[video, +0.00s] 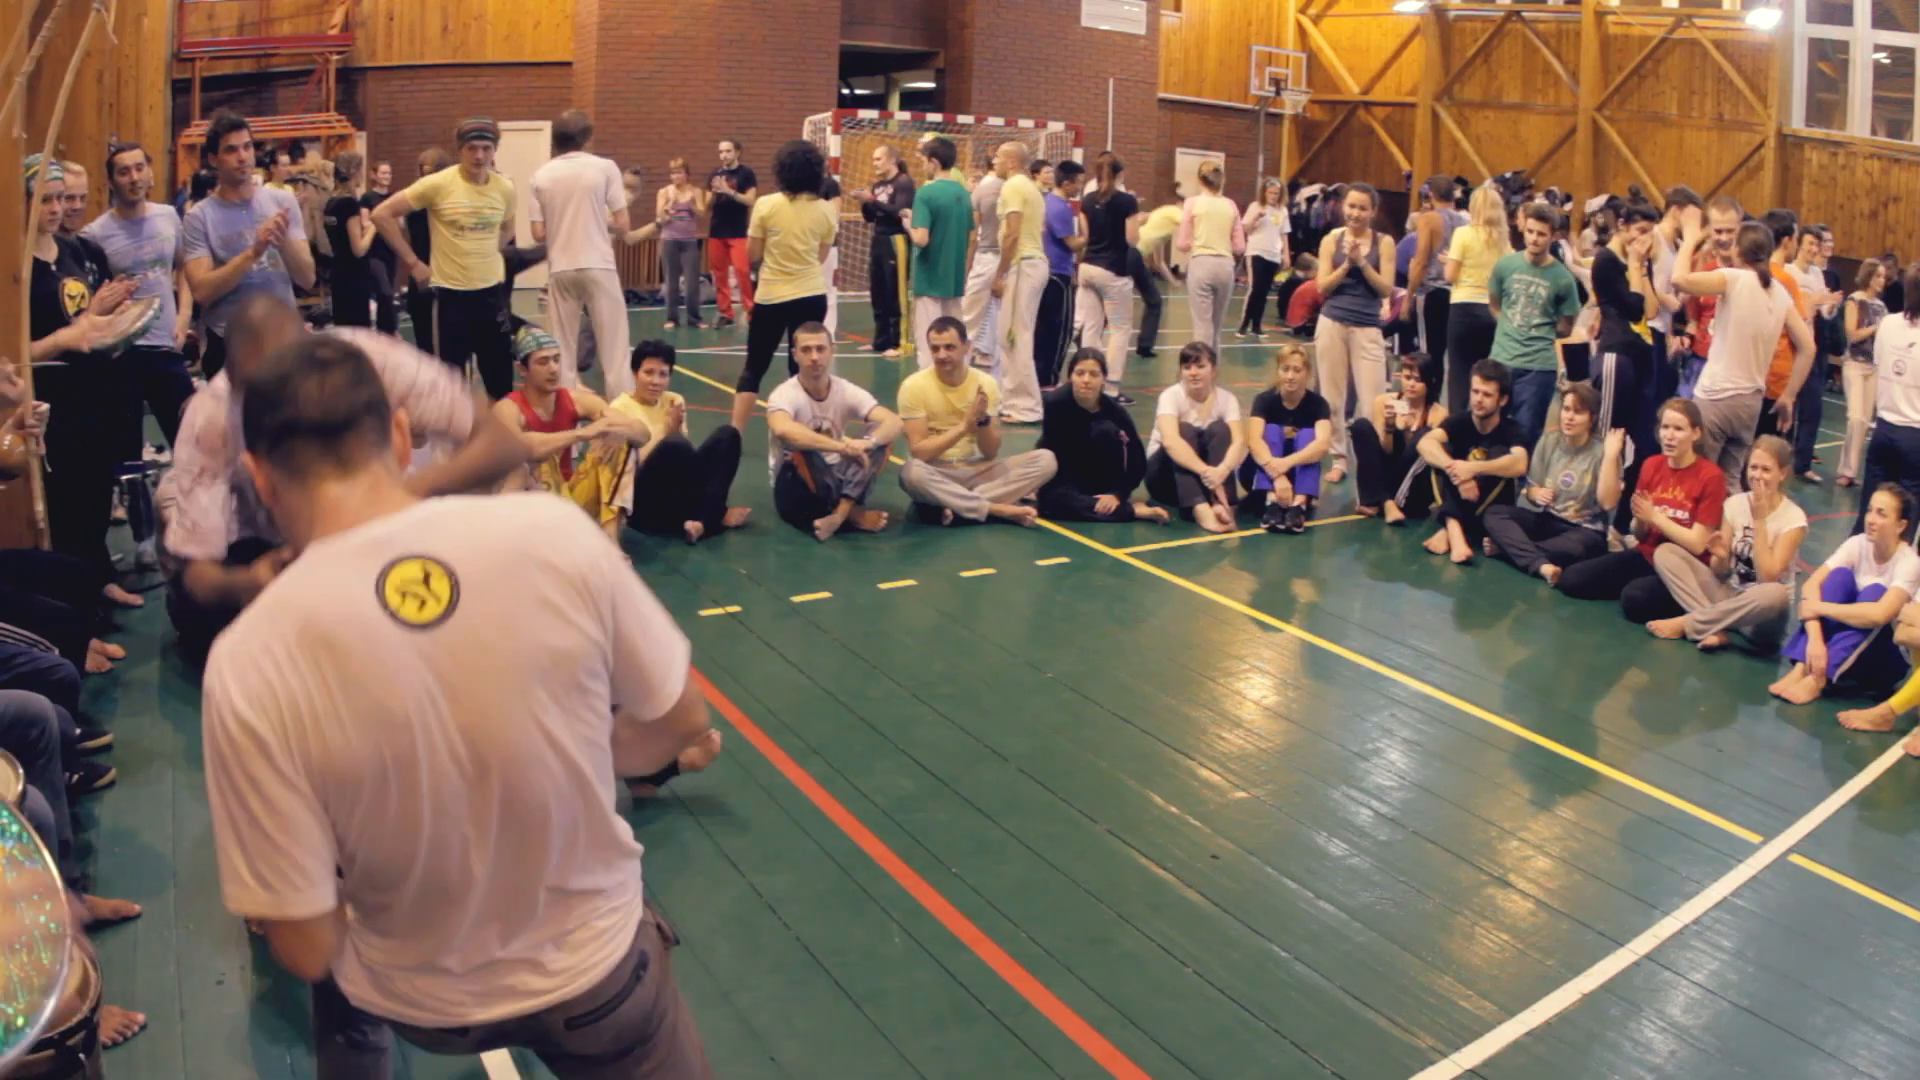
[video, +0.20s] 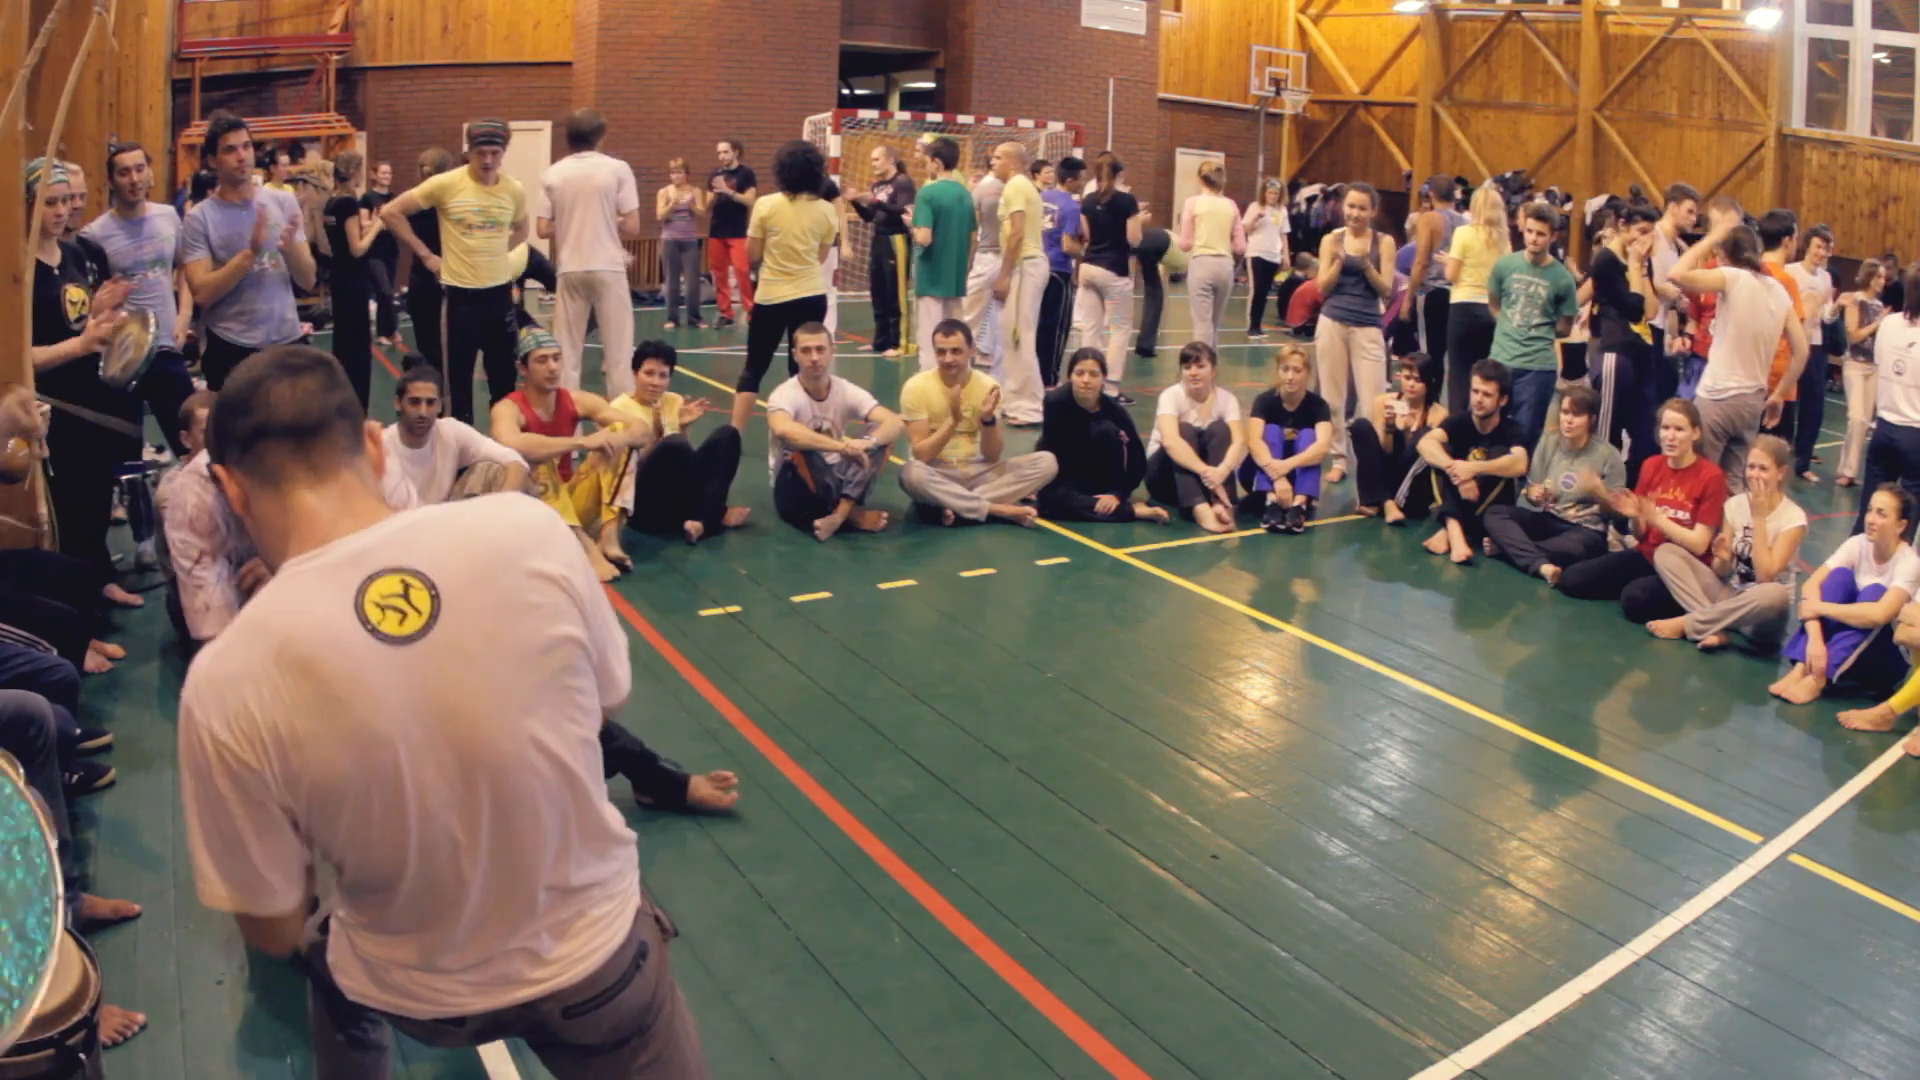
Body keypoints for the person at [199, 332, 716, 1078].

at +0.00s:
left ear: (258, 476)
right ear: (402, 433)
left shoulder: (253, 662)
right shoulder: (554, 533)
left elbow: (306, 953)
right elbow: (674, 720)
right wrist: (552, 755)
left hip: (413, 999)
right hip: (595, 973)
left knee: (337, 975)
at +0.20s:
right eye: (394, 427)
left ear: (231, 489)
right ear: (375, 445)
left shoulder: (231, 683)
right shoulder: (529, 529)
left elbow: (274, 929)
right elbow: (606, 699)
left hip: (418, 997)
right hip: (598, 967)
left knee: (332, 969)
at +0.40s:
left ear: (145, 443)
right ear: (276, 381)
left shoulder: (165, 615)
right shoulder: (406, 446)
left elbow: (186, 751)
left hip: (393, 973)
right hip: (567, 920)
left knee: (298, 963)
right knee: (652, 1068)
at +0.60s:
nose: (271, 469)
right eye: (243, 464)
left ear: (107, 547)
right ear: (213, 478)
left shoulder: (108, 672)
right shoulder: (315, 511)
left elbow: (187, 766)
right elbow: (391, 631)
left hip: (356, 1002)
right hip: (528, 936)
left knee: (272, 993)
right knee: (644, 1010)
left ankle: (285, 1063)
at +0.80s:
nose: (285, 513)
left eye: (285, 493)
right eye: (271, 508)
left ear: (171, 589)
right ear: (263, 523)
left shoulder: (160, 691)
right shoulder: (362, 559)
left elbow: (236, 791)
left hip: (391, 1020)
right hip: (557, 956)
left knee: (297, 970)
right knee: (651, 962)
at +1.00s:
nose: (339, 487)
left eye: (346, 476)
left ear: (363, 476)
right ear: (465, 472)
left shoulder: (320, 573)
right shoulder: (542, 534)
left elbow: (259, 752)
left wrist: (339, 713)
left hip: (427, 960)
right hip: (605, 932)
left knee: (354, 996)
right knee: (735, 902)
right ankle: (802, 1070)